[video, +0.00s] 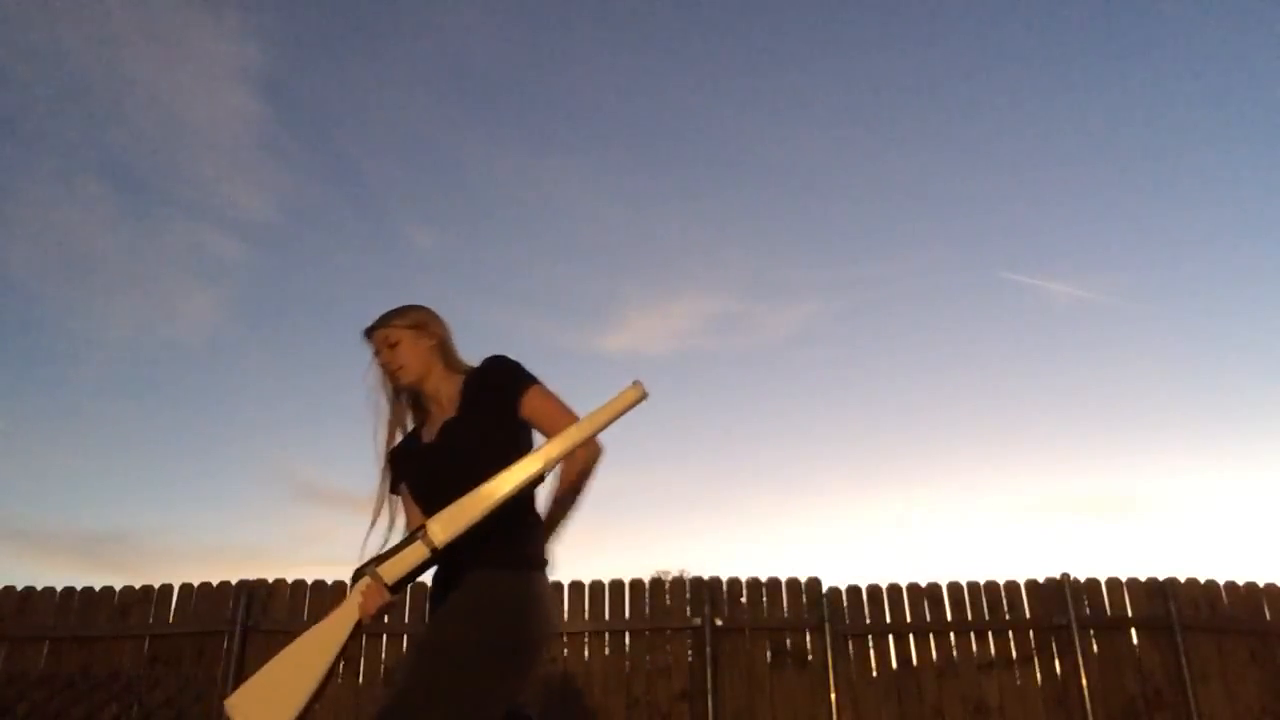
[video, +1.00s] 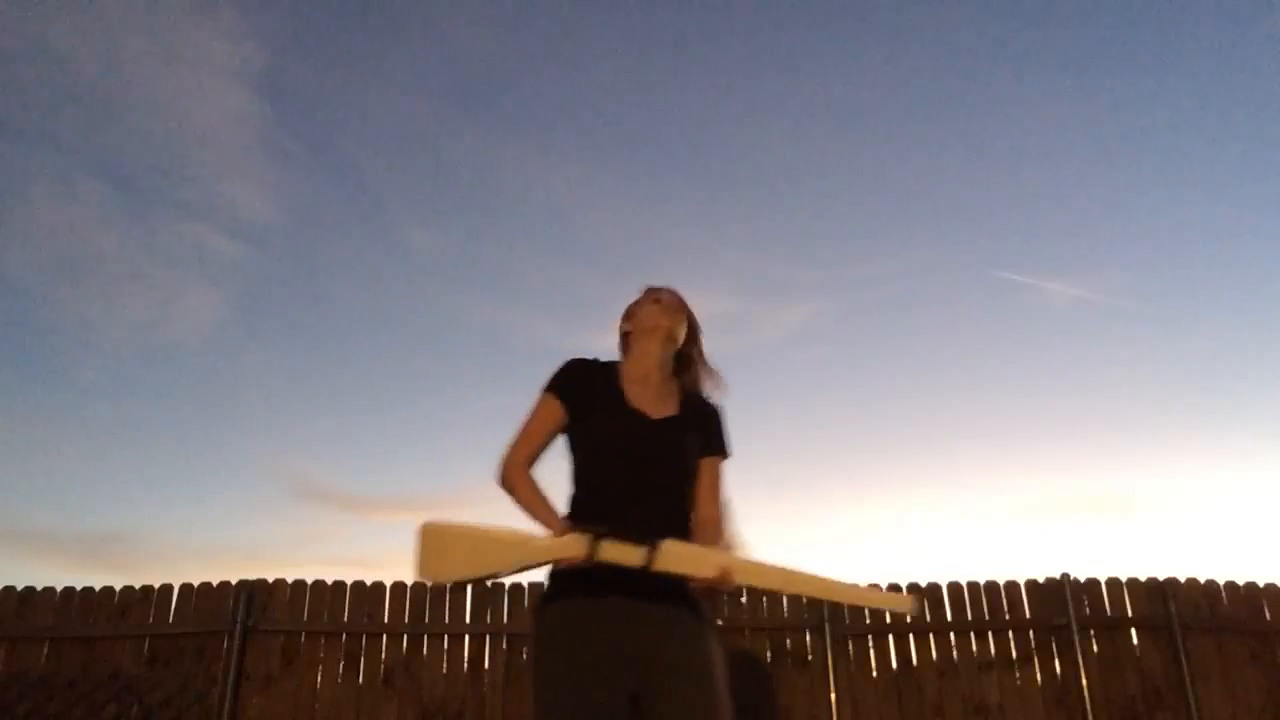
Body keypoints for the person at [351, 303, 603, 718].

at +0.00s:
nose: (385, 361)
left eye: (392, 344)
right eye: (378, 354)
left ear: (430, 336)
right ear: (382, 367)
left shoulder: (494, 378)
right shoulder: (407, 453)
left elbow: (583, 447)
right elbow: (422, 539)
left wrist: (544, 530)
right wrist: (385, 583)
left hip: (511, 589)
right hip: (454, 601)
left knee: (419, 705)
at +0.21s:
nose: (436, 350)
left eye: (446, 336)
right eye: (429, 346)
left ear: (480, 334)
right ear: (427, 360)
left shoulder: (550, 391)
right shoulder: (439, 447)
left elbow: (629, 471)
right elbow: (446, 533)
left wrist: (616, 523)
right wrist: (420, 561)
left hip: (550, 585)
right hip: (480, 593)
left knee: (519, 702)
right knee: (472, 704)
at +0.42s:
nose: (507, 331)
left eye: (520, 322)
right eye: (493, 327)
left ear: (542, 334)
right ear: (481, 346)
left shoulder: (590, 402)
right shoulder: (469, 432)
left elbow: (626, 503)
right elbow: (482, 533)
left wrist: (629, 495)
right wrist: (479, 533)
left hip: (588, 583)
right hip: (513, 587)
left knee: (568, 700)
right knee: (506, 702)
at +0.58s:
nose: (569, 319)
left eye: (581, 315)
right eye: (558, 313)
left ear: (595, 342)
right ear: (539, 332)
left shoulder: (618, 406)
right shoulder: (492, 409)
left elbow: (636, 494)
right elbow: (469, 509)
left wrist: (655, 521)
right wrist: (498, 534)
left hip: (609, 599)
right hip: (524, 601)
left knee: (608, 707)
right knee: (525, 709)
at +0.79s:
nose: (635, 326)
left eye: (647, 331)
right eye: (633, 321)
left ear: (647, 364)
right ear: (606, 334)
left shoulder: (653, 420)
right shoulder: (534, 383)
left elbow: (664, 519)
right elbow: (472, 475)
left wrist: (660, 564)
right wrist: (517, 542)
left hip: (628, 591)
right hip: (546, 591)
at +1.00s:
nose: (660, 302)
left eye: (672, 304)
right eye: (650, 297)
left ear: (685, 338)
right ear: (627, 323)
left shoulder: (701, 414)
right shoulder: (584, 378)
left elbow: (707, 518)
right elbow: (513, 469)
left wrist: (711, 565)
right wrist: (559, 528)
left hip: (669, 599)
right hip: (585, 592)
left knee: (698, 708)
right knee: (574, 709)